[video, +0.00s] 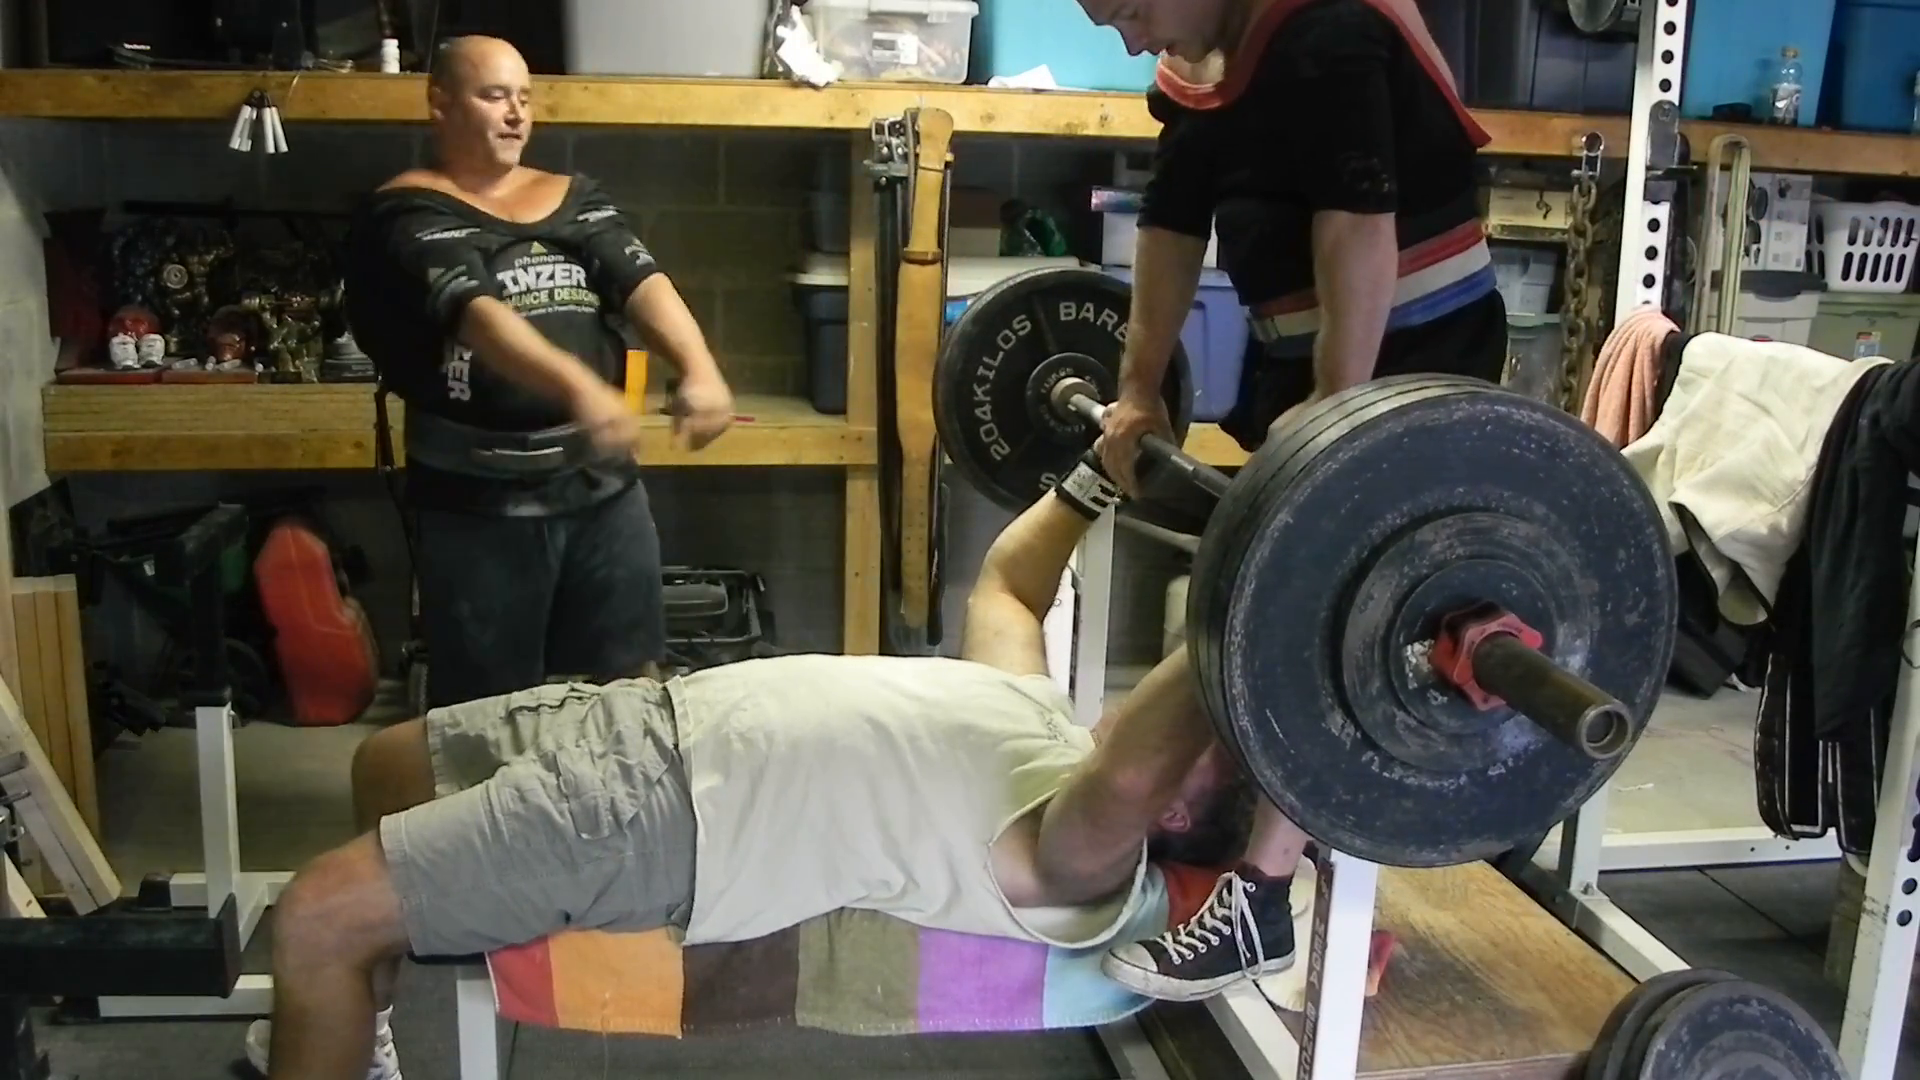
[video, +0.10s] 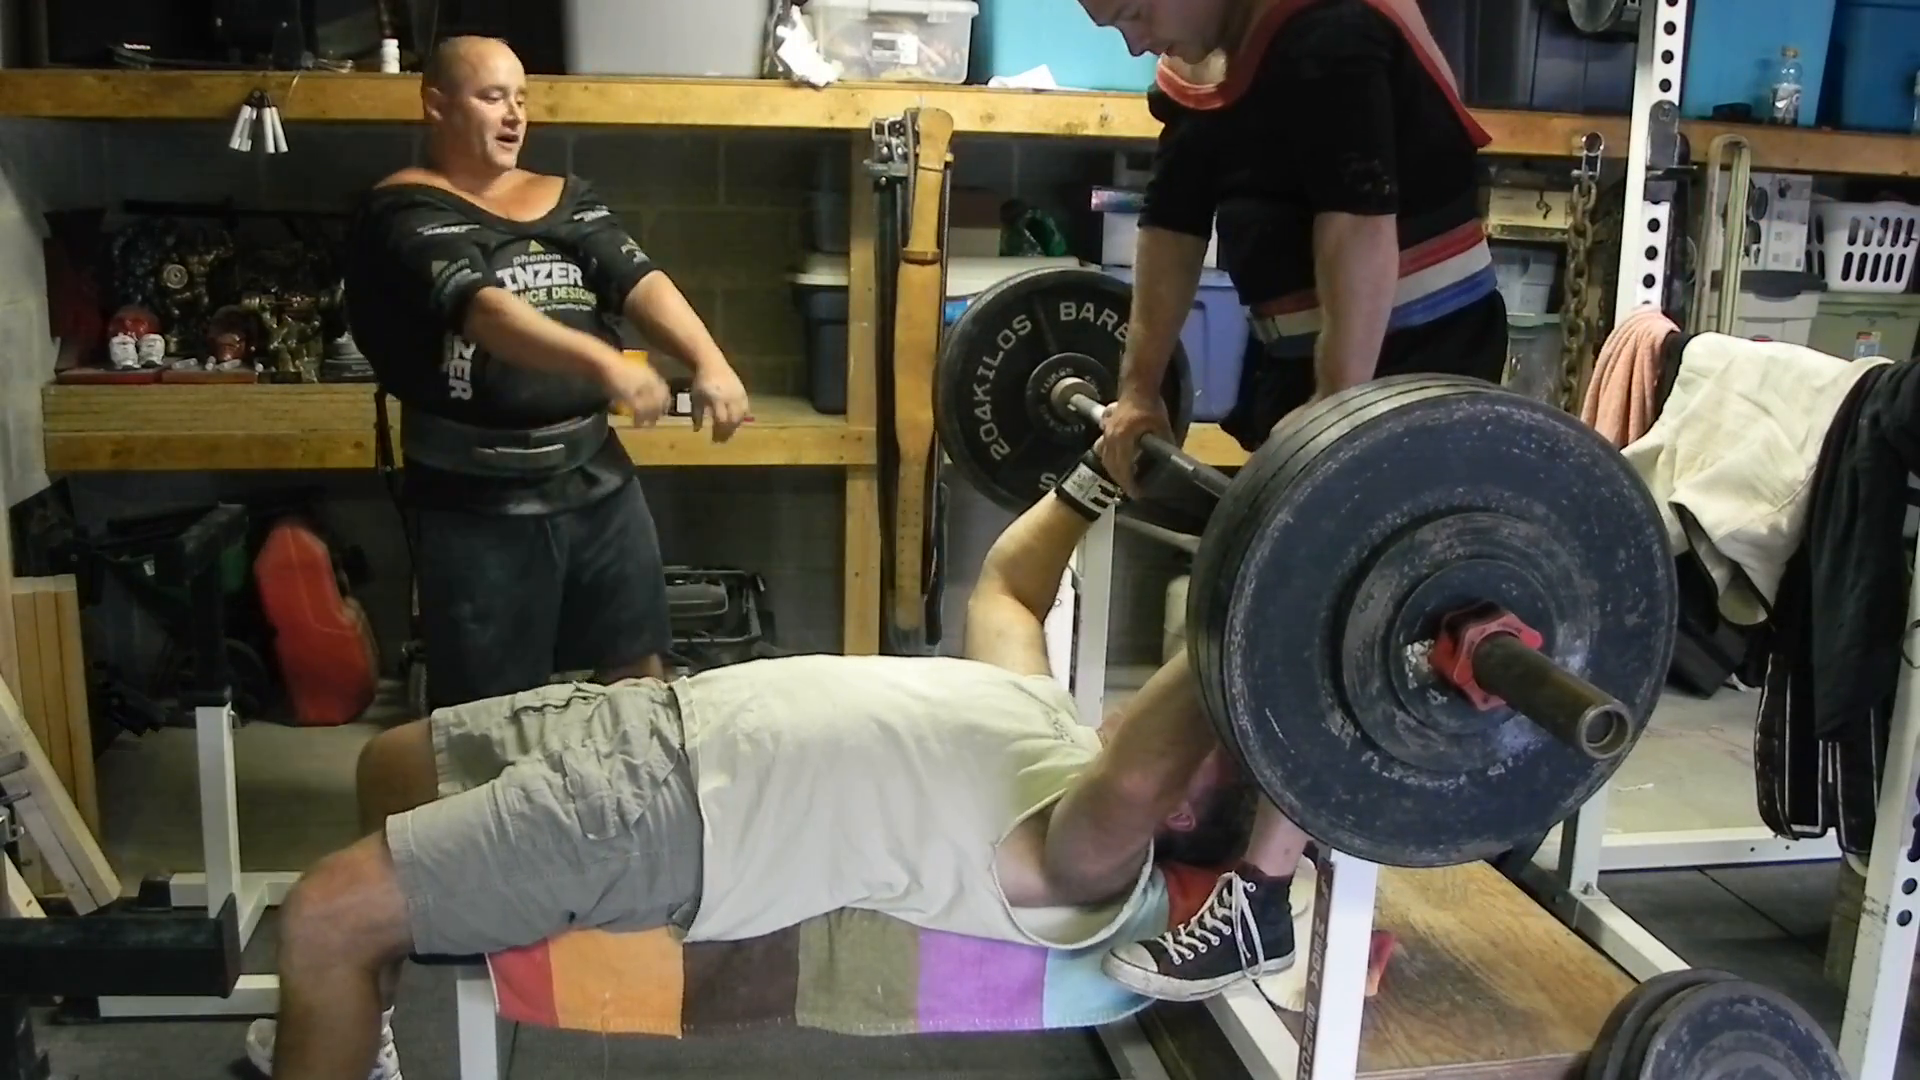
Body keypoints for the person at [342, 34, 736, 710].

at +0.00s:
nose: (517, 112)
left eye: (524, 97)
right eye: (496, 95)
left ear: (533, 104)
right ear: (439, 104)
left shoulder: (573, 196)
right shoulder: (404, 211)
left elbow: (638, 279)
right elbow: (472, 313)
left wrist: (699, 365)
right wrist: (584, 388)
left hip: (606, 499)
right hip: (480, 511)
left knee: (624, 711)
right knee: (489, 727)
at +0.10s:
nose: (514, 113)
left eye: (519, 97)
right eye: (493, 96)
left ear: (528, 104)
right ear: (435, 105)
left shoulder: (564, 196)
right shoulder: (404, 207)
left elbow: (637, 279)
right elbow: (476, 306)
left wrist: (711, 361)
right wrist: (606, 361)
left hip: (600, 489)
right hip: (479, 507)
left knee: (637, 695)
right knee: (494, 727)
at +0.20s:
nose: (517, 116)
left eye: (521, 100)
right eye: (496, 100)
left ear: (530, 105)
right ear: (437, 105)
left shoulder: (564, 196)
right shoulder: (405, 207)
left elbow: (634, 278)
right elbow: (477, 302)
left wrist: (705, 361)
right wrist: (609, 353)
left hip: (599, 480)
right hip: (480, 497)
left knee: (634, 678)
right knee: (494, 718)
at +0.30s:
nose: (523, 118)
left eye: (527, 101)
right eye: (502, 100)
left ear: (534, 105)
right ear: (443, 108)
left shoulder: (571, 194)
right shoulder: (412, 208)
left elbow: (637, 276)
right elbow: (476, 301)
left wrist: (693, 361)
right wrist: (597, 363)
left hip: (606, 484)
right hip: (486, 498)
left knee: (625, 664)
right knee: (497, 709)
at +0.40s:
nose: (530, 119)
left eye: (536, 103)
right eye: (508, 103)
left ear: (544, 107)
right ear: (454, 113)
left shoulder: (585, 195)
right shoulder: (423, 208)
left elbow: (647, 273)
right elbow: (474, 306)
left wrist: (689, 356)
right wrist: (565, 381)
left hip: (611, 494)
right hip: (494, 501)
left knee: (624, 688)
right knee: (498, 713)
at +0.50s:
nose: (541, 123)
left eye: (548, 107)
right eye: (519, 108)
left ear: (559, 111)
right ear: (469, 118)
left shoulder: (604, 197)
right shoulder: (438, 215)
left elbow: (661, 272)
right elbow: (470, 313)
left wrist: (694, 352)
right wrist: (537, 391)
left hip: (616, 494)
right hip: (500, 498)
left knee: (623, 696)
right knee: (493, 707)